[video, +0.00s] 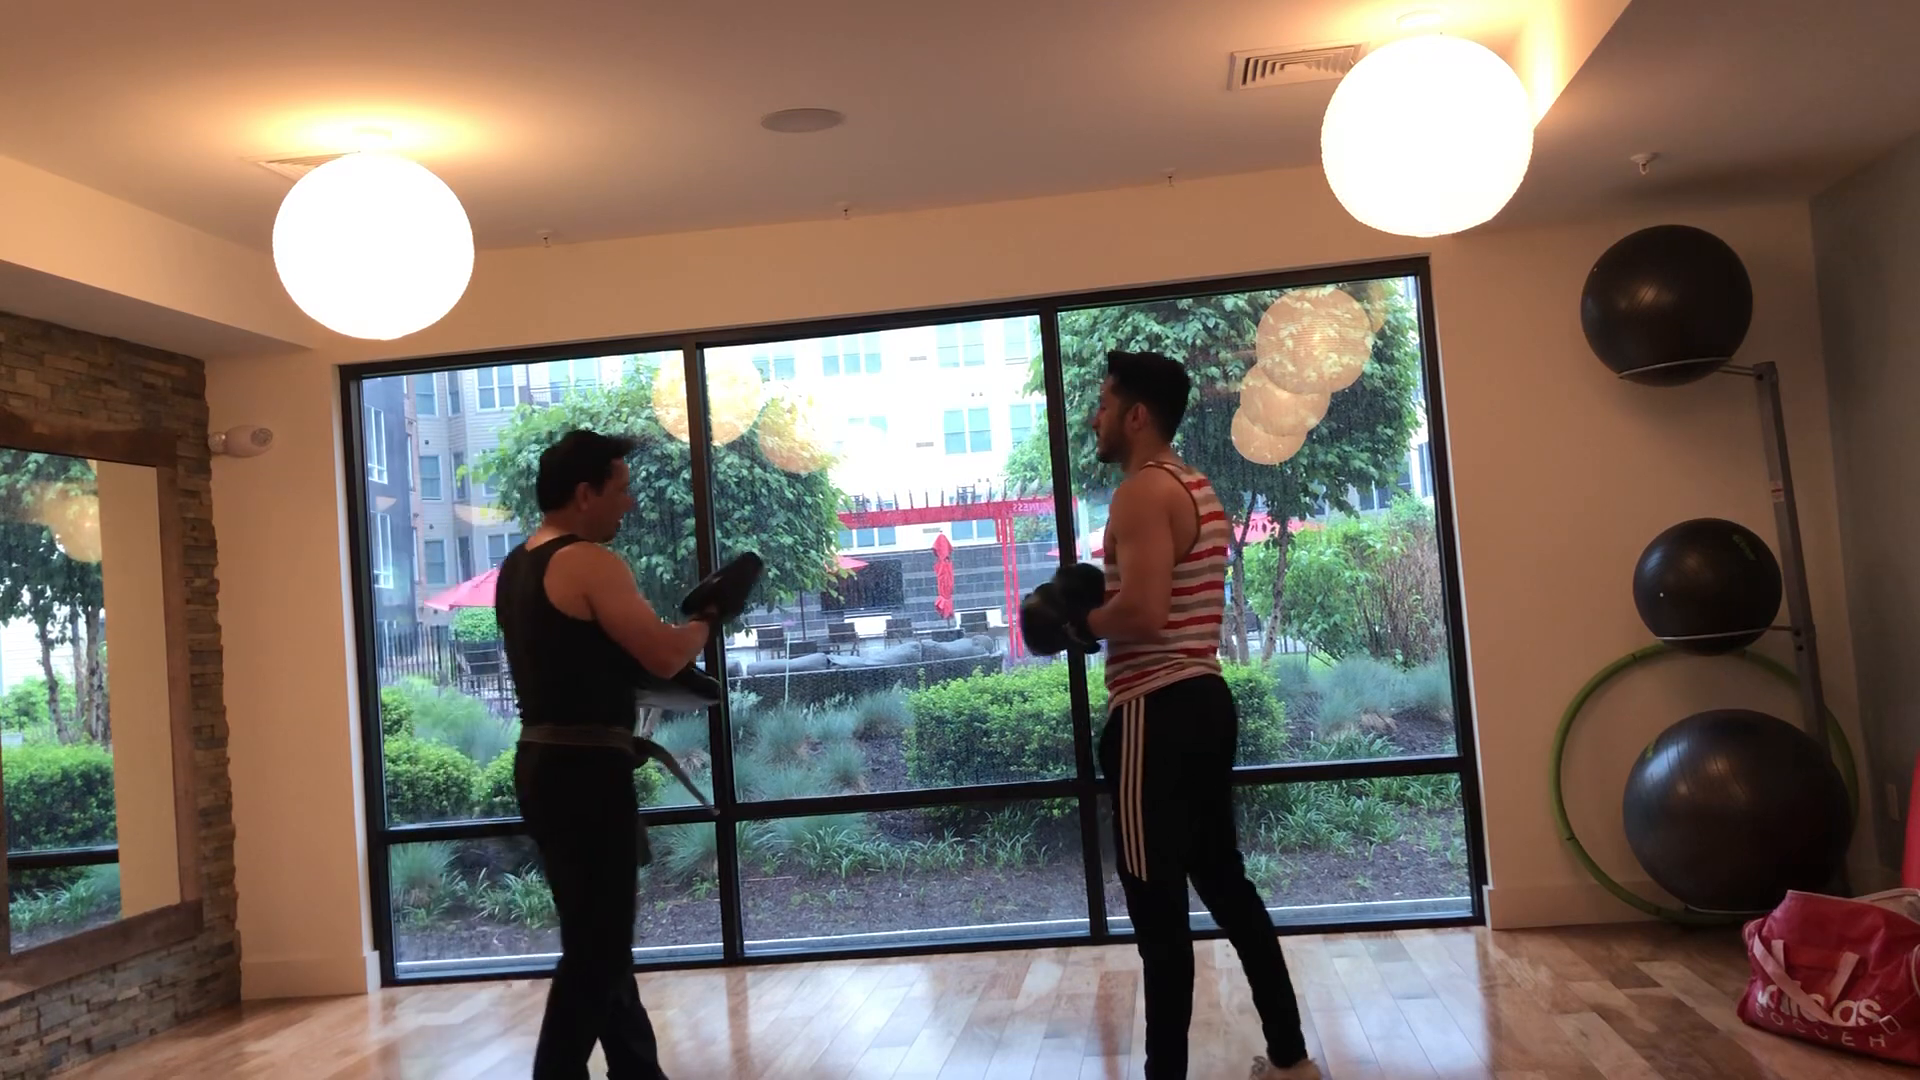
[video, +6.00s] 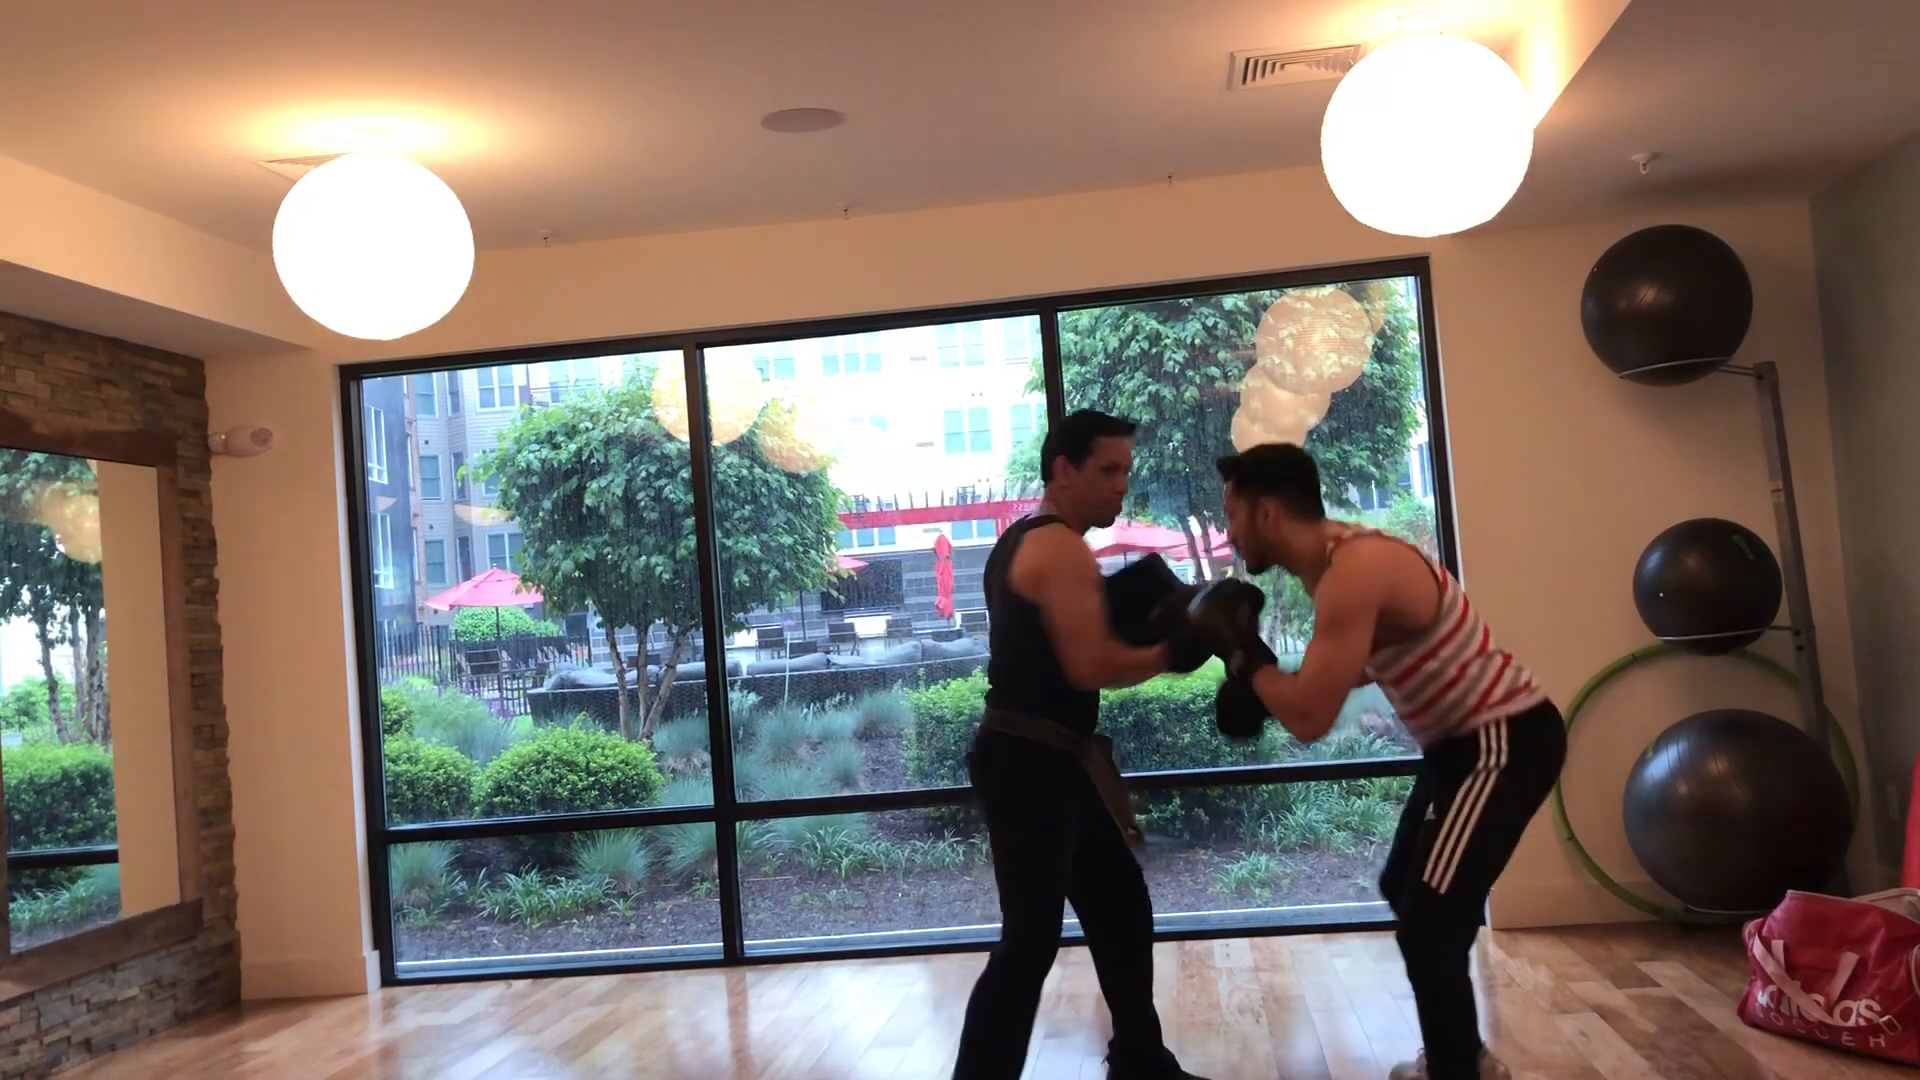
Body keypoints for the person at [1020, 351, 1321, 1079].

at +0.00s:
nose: (1092, 417)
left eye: (1101, 402)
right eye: (1097, 402)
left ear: (1135, 412)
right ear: (1153, 416)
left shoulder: (1143, 492)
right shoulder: (1195, 488)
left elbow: (1142, 613)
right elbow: (1178, 602)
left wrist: (1077, 622)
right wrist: (1102, 589)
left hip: (1154, 709)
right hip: (1205, 699)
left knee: (1153, 901)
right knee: (1222, 880)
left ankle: (1164, 1072)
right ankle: (1288, 1047)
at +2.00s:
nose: (1227, 403)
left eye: (1243, 391)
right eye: (1230, 389)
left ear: (1293, 402)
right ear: (1271, 401)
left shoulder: (1334, 484)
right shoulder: (1264, 482)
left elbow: (1375, 613)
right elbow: (1287, 589)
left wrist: (1263, 624)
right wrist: (1231, 604)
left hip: (1347, 701)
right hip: (1287, 703)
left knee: (1357, 889)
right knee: (1265, 878)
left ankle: (1374, 1065)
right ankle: (1350, 1028)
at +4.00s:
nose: (1256, 397)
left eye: (1271, 383)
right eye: (1259, 383)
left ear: (1319, 392)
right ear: (1302, 394)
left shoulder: (1371, 479)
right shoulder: (1282, 489)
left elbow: (1413, 603)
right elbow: (1306, 592)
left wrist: (1301, 611)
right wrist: (1243, 603)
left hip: (1365, 699)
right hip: (1299, 707)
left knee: (1380, 887)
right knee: (1300, 882)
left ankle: (1403, 1062)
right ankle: (1378, 1036)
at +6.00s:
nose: (1228, 532)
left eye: (1231, 514)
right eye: (1226, 516)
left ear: (1269, 510)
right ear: (1283, 509)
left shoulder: (1359, 569)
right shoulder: (1337, 565)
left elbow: (1307, 717)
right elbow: (1373, 660)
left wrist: (1243, 648)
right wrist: (1270, 686)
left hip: (1505, 736)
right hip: (1461, 739)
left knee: (1432, 910)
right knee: (1406, 887)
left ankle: (1454, 1069)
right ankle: (1458, 1054)